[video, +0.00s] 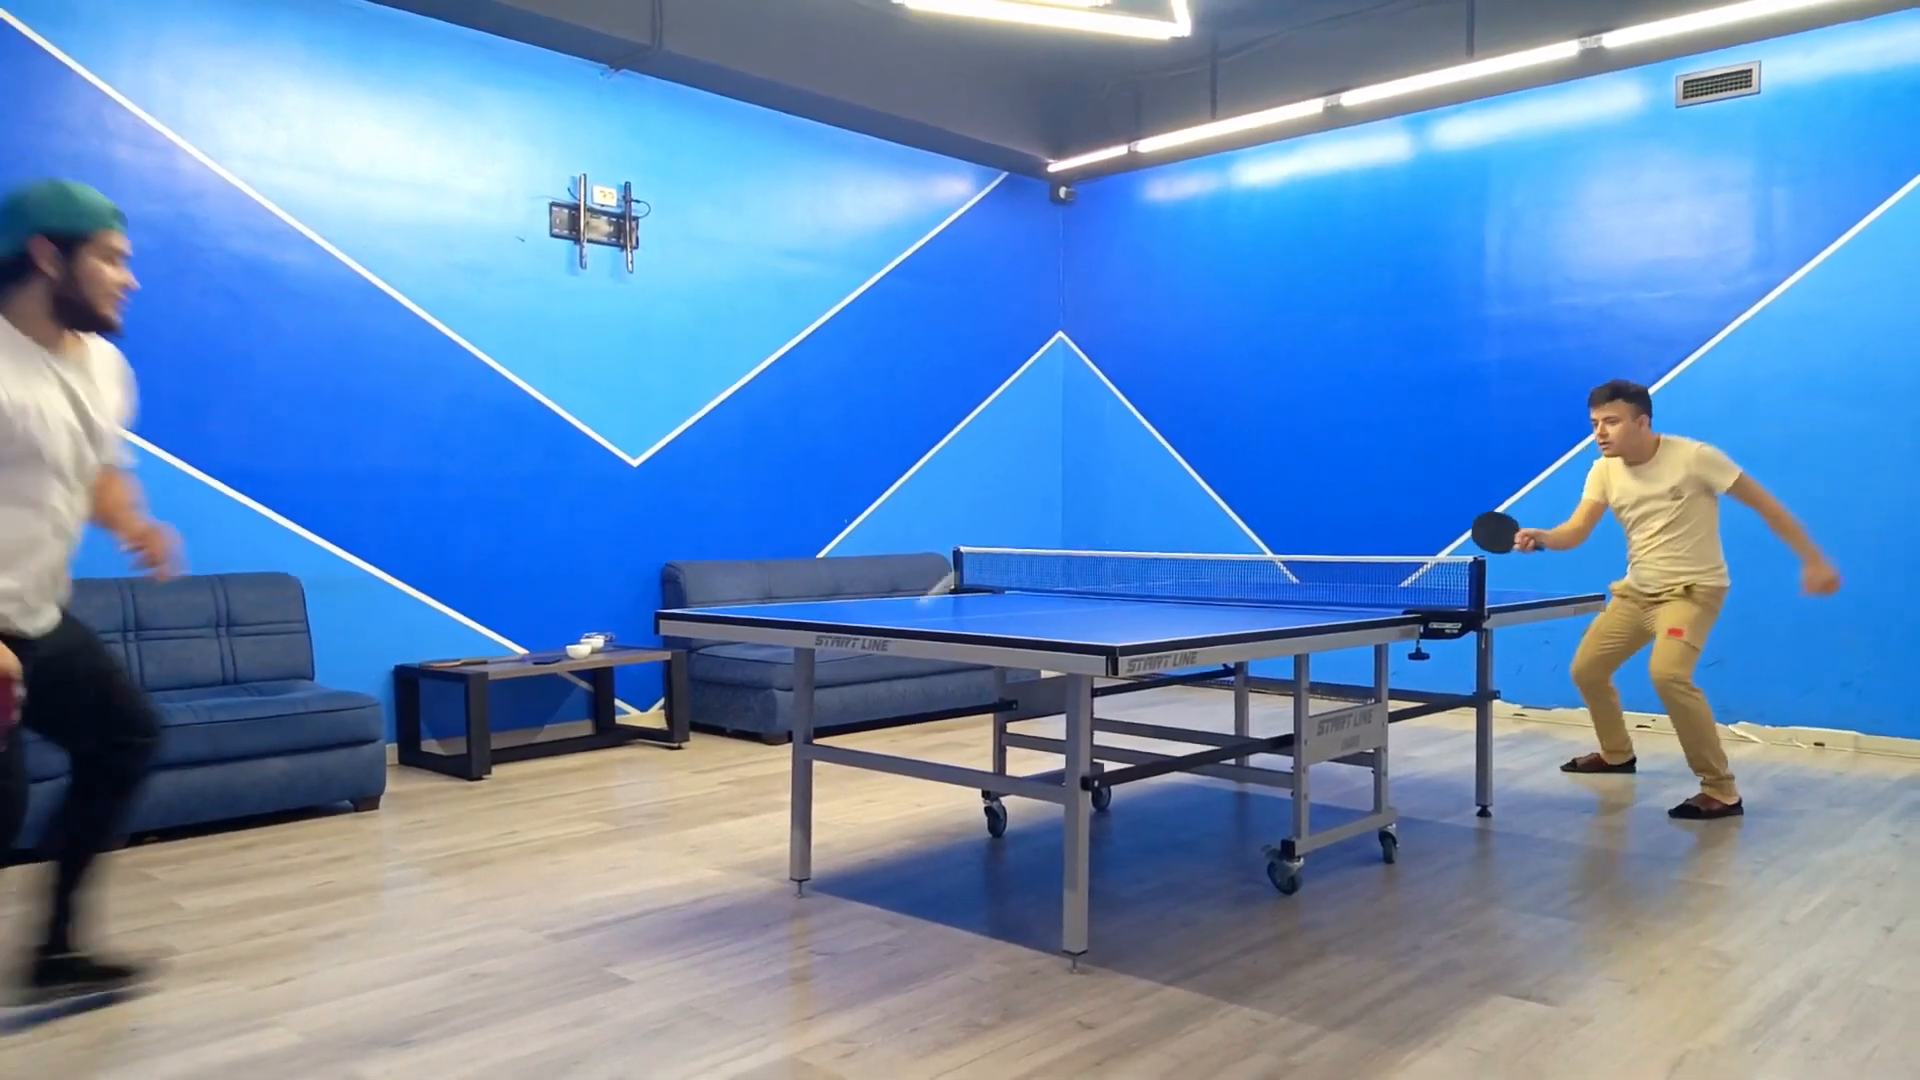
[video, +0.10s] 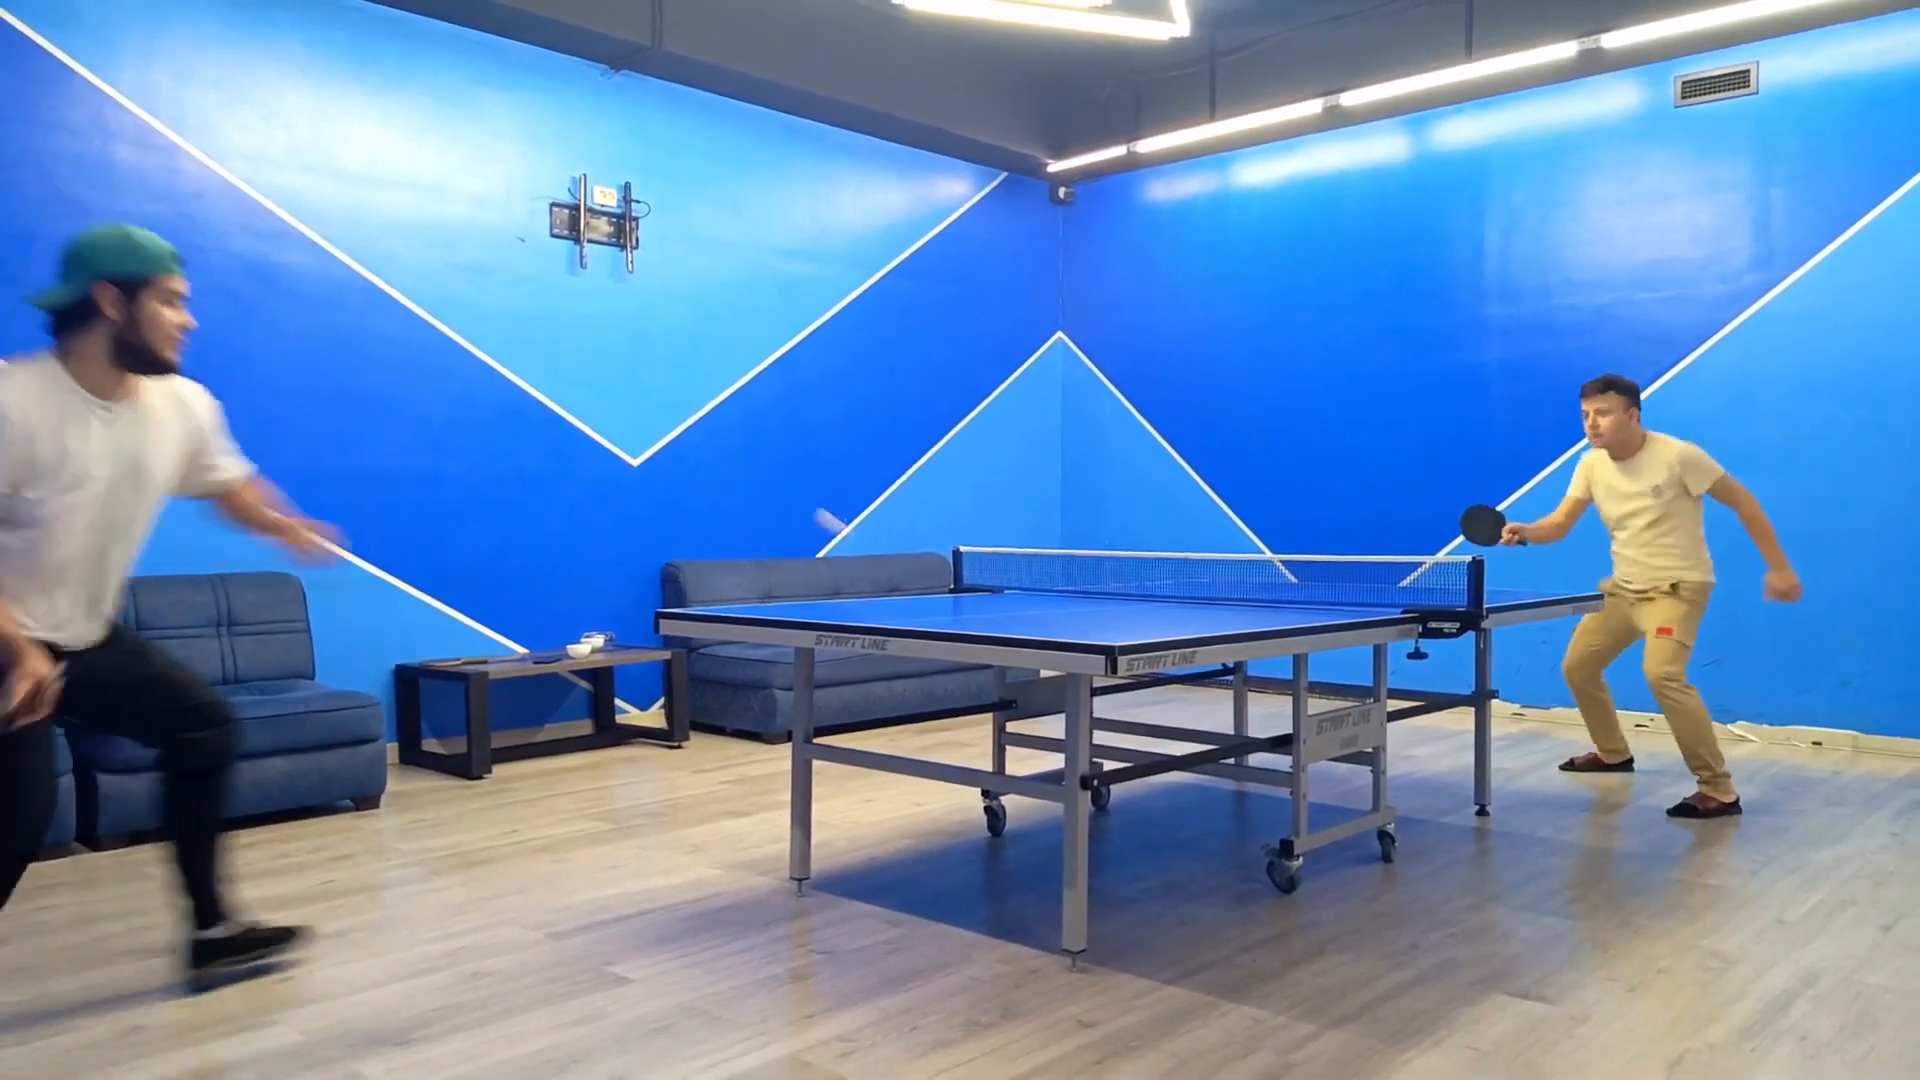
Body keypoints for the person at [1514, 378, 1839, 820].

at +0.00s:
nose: (1600, 432)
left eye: (1610, 422)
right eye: (1595, 424)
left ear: (1643, 421)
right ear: (1594, 426)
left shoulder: (1694, 459)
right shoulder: (1605, 470)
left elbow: (1766, 505)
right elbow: (1576, 530)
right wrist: (1542, 538)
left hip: (1692, 590)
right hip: (1637, 592)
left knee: (1668, 676)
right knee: (1587, 671)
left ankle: (1721, 792)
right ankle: (1616, 754)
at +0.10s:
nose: (1591, 424)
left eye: (1602, 414)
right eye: (1586, 416)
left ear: (1633, 415)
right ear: (1584, 419)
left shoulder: (1678, 457)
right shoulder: (1591, 465)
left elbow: (1743, 502)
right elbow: (1559, 524)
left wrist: (1779, 567)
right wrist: (1525, 532)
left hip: (1677, 589)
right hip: (1624, 591)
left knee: (1663, 674)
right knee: (1578, 667)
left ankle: (1718, 790)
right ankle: (1613, 753)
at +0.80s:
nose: (1587, 405)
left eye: (1595, 395)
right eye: (1584, 397)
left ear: (1625, 395)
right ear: (1588, 403)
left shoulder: (1648, 422)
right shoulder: (1605, 449)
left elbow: (1691, 440)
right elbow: (1572, 489)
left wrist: (1665, 446)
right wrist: (1551, 453)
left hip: (1662, 562)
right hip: (1619, 568)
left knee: (1675, 660)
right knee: (1575, 645)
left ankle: (1724, 768)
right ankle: (1584, 741)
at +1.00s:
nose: (1638, 375)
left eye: (1649, 367)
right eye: (1634, 368)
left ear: (1678, 371)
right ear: (1637, 374)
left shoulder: (1706, 410)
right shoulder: (1647, 414)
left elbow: (1778, 415)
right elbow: (1636, 413)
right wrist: (1601, 395)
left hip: (1692, 556)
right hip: (1636, 551)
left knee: (1723, 655)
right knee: (1604, 638)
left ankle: (1782, 754)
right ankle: (1608, 734)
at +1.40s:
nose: (1683, 401)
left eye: (1697, 396)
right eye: (1681, 394)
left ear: (1723, 409)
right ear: (1675, 403)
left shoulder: (1744, 464)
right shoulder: (1654, 453)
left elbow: (1776, 525)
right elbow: (1609, 491)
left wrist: (1777, 578)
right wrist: (1557, 508)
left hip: (1713, 590)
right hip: (1650, 585)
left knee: (1741, 671)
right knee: (1598, 655)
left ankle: (1790, 764)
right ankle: (1610, 742)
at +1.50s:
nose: (1674, 387)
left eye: (1687, 382)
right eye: (1672, 380)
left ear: (1711, 394)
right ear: (1666, 387)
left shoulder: (1731, 449)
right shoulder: (1640, 435)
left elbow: (1754, 511)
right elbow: (1591, 466)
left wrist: (1755, 559)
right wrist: (1558, 480)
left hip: (1704, 577)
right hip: (1640, 572)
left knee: (1743, 664)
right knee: (1601, 649)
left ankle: (1784, 759)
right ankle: (1609, 741)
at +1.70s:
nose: (1663, 378)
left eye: (1675, 371)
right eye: (1659, 372)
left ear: (1699, 379)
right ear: (1653, 379)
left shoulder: (1721, 432)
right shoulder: (1633, 425)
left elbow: (1743, 495)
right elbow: (1592, 458)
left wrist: (1740, 544)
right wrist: (1574, 470)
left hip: (1699, 561)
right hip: (1637, 559)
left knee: (1721, 653)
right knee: (1618, 649)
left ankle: (1732, 738)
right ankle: (1609, 739)